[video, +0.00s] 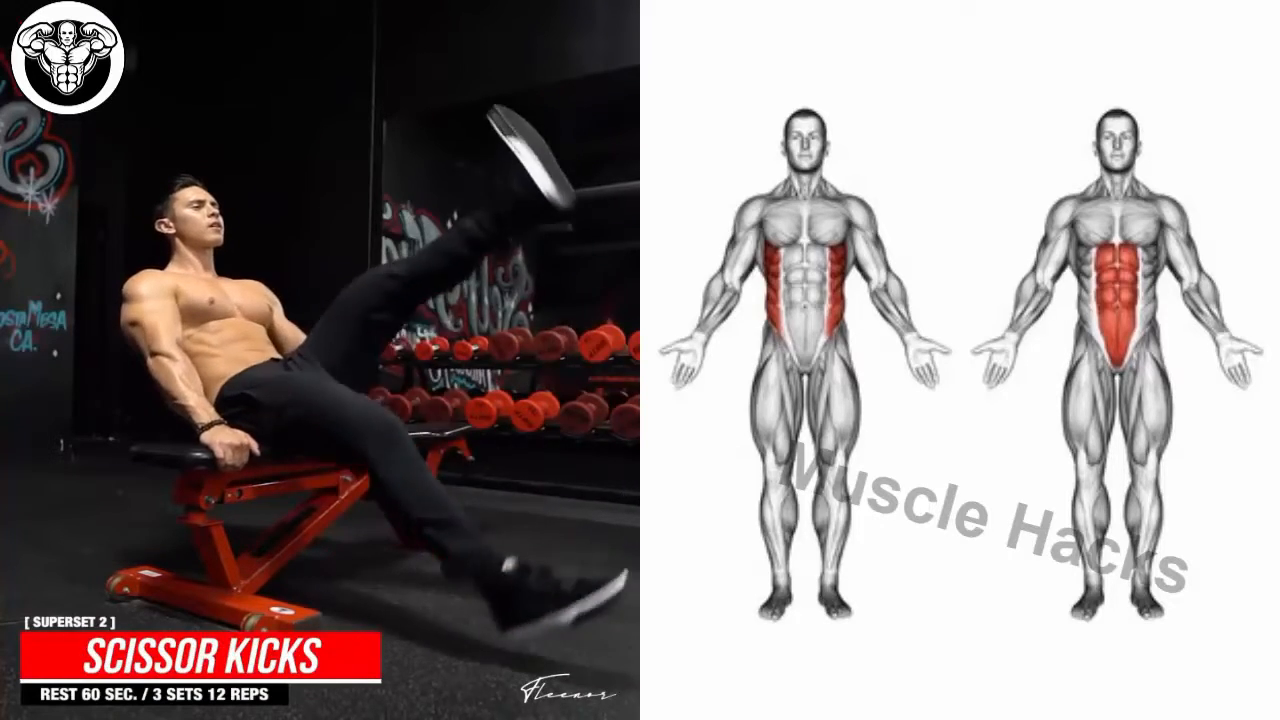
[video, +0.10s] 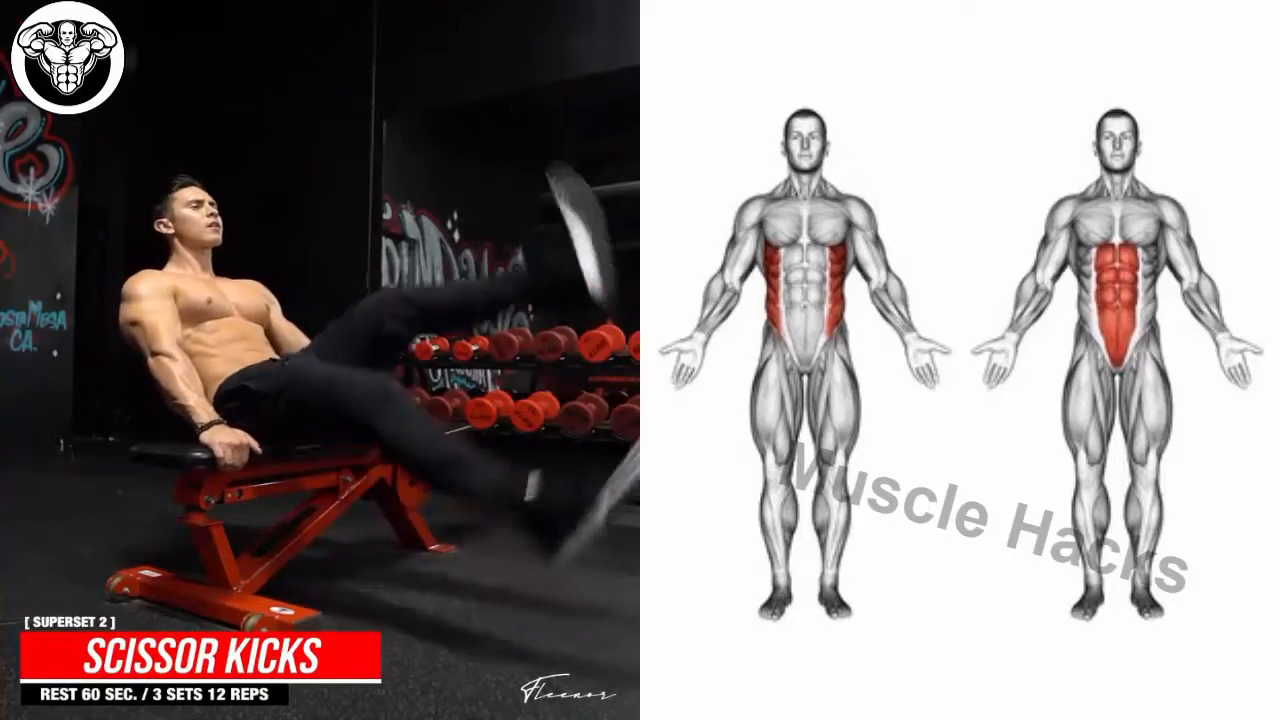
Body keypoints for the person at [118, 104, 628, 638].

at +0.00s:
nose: (212, 212)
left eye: (214, 205)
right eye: (197, 205)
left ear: (217, 223)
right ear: (167, 225)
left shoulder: (253, 290)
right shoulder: (150, 284)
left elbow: (310, 353)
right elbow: (164, 355)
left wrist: (372, 405)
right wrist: (209, 425)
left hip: (300, 375)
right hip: (246, 388)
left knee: (376, 290)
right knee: (375, 425)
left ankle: (517, 210)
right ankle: (501, 584)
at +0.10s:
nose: (212, 214)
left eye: (213, 206)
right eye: (197, 207)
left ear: (215, 224)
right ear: (166, 226)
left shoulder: (252, 290)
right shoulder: (148, 286)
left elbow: (309, 354)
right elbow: (164, 355)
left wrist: (373, 393)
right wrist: (208, 425)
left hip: (295, 378)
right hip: (243, 393)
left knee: (385, 306)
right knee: (376, 395)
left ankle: (544, 279)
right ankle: (532, 503)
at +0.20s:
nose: (205, 215)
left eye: (206, 208)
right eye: (190, 209)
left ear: (212, 225)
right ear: (161, 229)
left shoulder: (252, 289)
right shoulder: (146, 288)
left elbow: (305, 355)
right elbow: (167, 359)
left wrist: (358, 415)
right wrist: (209, 423)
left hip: (296, 394)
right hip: (241, 402)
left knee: (410, 343)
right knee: (372, 346)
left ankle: (568, 382)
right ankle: (549, 379)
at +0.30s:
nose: (205, 215)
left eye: (205, 209)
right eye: (189, 210)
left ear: (208, 226)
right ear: (159, 230)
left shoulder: (253, 287)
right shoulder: (145, 290)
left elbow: (302, 351)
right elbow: (165, 362)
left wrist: (344, 408)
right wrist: (208, 426)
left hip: (301, 394)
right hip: (241, 396)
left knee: (434, 394)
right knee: (346, 301)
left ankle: (569, 513)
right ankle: (515, 264)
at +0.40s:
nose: (207, 214)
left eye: (207, 207)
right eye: (192, 208)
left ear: (209, 225)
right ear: (161, 228)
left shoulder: (252, 286)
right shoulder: (145, 290)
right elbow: (162, 362)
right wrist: (208, 426)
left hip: (306, 392)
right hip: (246, 387)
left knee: (432, 436)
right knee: (338, 273)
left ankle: (541, 581)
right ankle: (476, 187)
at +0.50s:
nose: (208, 214)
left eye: (210, 207)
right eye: (192, 208)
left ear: (214, 224)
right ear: (162, 227)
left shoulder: (251, 285)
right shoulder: (145, 289)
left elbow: (303, 329)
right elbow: (163, 361)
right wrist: (208, 425)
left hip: (303, 391)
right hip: (244, 384)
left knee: (432, 433)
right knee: (326, 273)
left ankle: (516, 587)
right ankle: (457, 180)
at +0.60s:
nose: (208, 215)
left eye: (207, 208)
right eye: (192, 209)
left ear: (209, 225)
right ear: (161, 227)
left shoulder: (252, 291)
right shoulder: (143, 290)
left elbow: (303, 345)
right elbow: (165, 362)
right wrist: (208, 426)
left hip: (302, 397)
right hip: (242, 394)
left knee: (418, 405)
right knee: (329, 296)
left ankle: (551, 531)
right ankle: (497, 228)